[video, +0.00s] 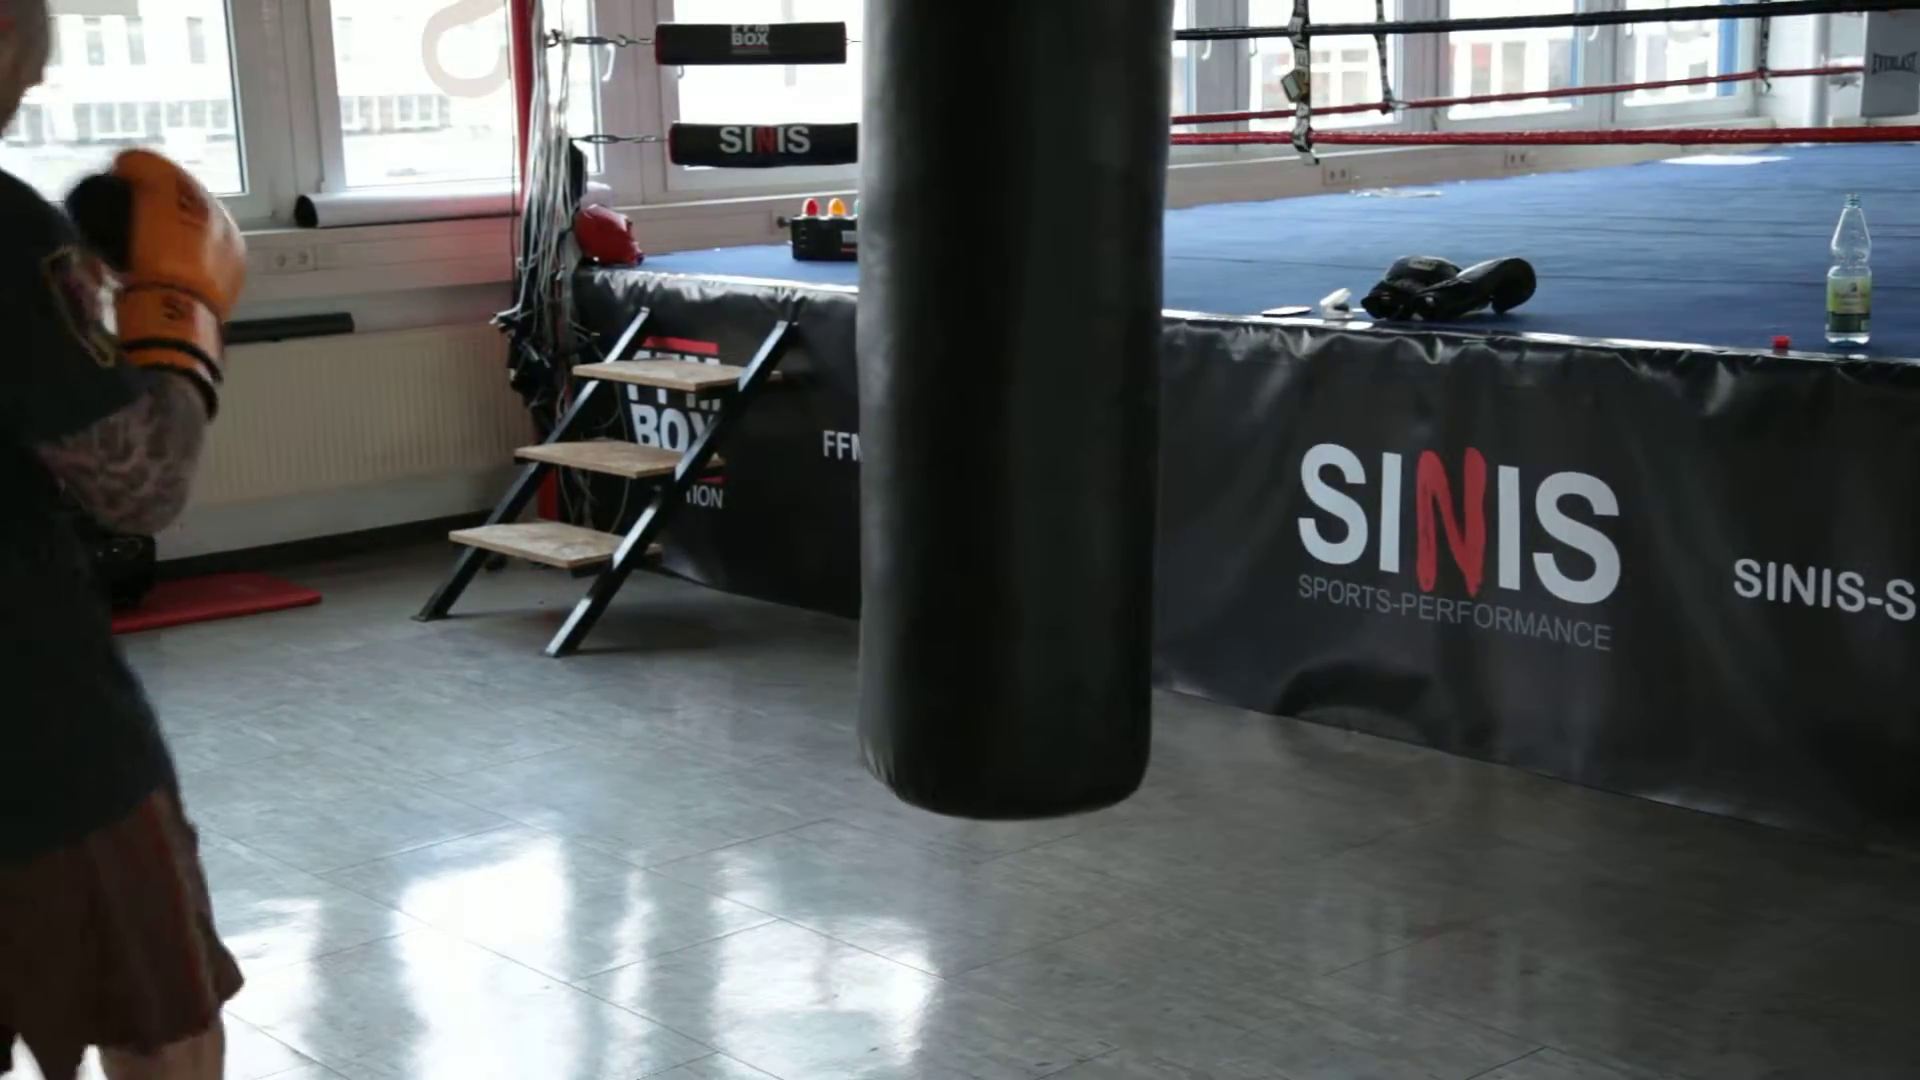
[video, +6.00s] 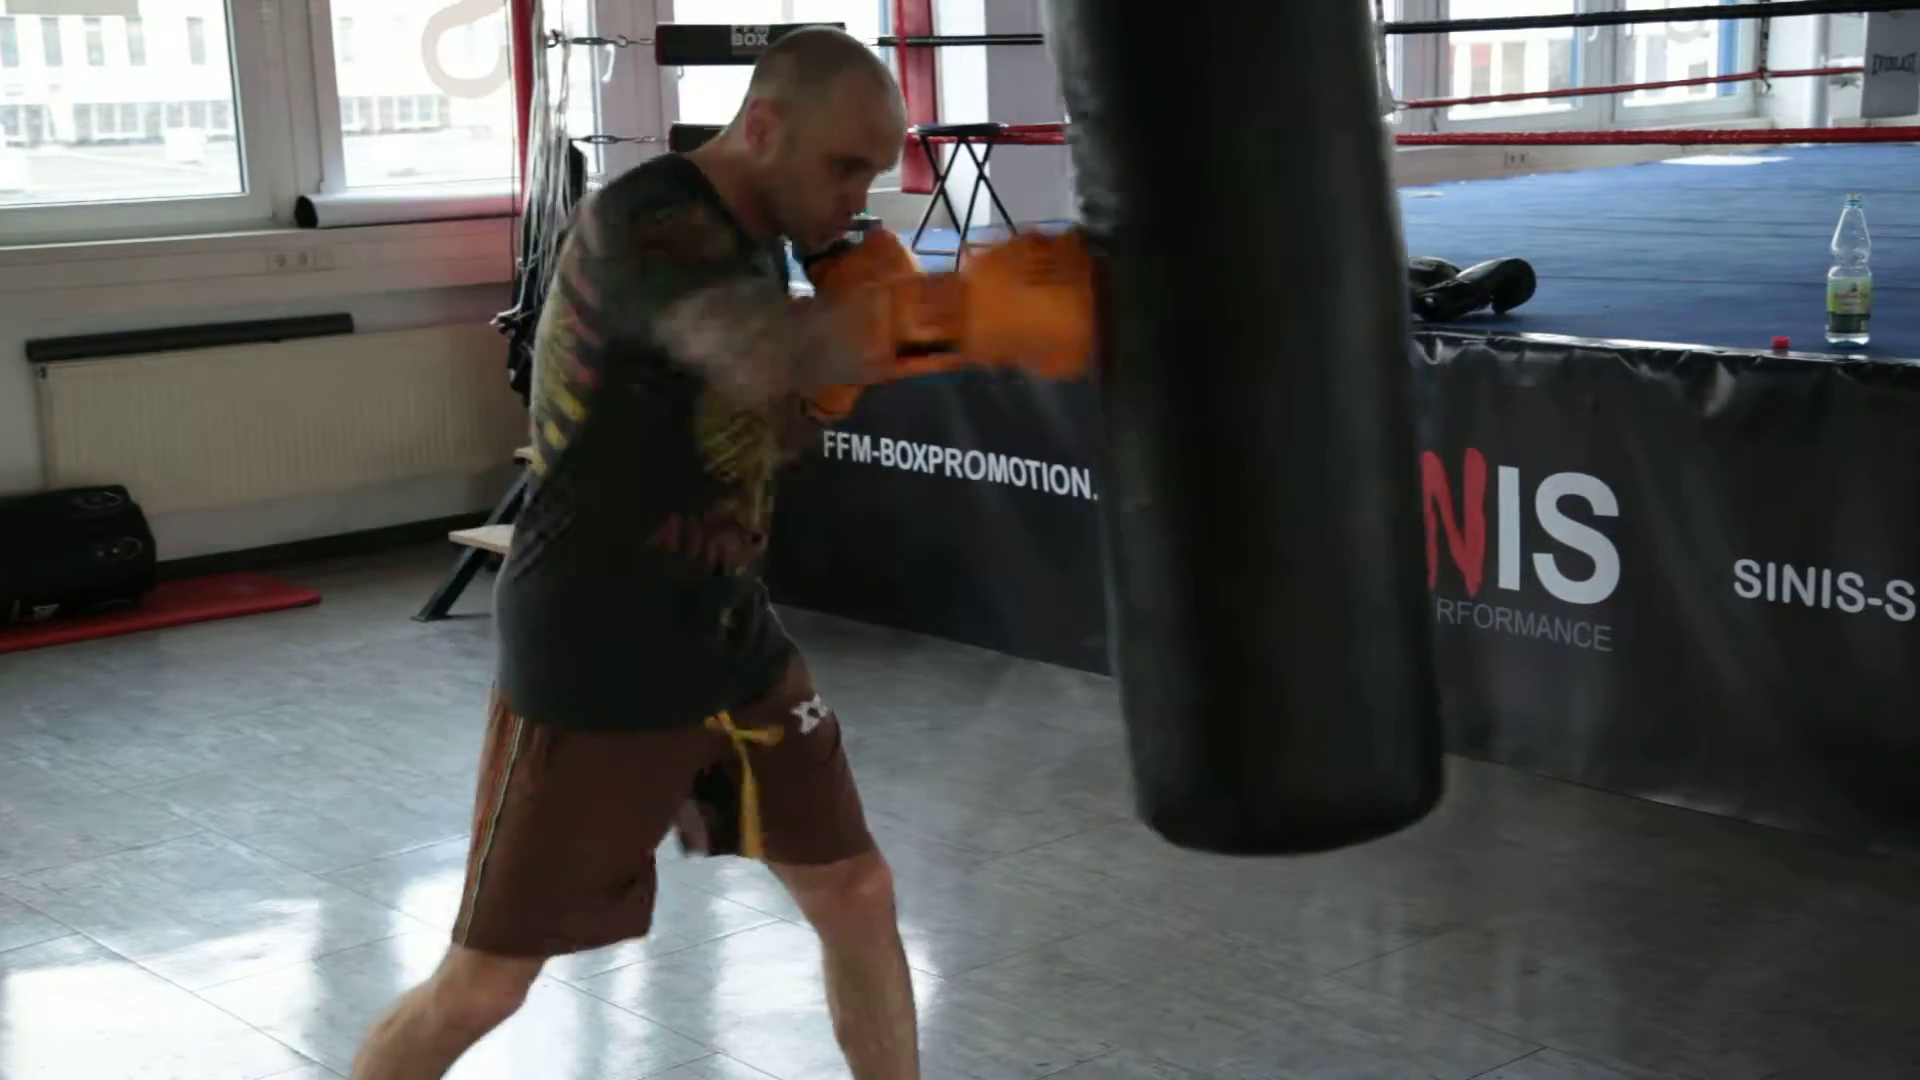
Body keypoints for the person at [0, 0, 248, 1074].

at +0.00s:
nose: (40, 59)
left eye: (38, 38)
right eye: (34, 34)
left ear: (12, 40)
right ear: (4, 29)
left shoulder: (16, 222)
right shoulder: (7, 226)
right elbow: (134, 485)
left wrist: (74, 333)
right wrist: (177, 303)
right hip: (45, 711)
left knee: (58, 1034)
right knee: (167, 1040)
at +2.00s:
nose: (420, 114)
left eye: (433, 95)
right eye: (406, 94)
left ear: (440, 83)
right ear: (334, 66)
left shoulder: (429, 179)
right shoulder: (202, 194)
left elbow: (515, 339)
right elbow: (134, 375)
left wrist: (474, 226)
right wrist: (243, 332)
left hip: (428, 546)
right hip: (280, 563)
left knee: (529, 792)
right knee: (281, 812)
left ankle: (529, 999)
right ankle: (288, 1015)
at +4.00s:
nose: (502, 124)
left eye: (520, 101)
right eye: (482, 98)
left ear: (536, 86)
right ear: (411, 71)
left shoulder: (524, 202)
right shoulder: (296, 197)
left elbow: (575, 388)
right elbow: (277, 383)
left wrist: (619, 291)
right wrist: (390, 271)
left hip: (498, 562)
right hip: (345, 573)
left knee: (604, 822)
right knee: (267, 866)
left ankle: (638, 1060)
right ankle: (171, 1057)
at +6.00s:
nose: (858, 203)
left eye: (871, 178)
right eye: (845, 171)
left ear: (772, 133)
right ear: (762, 129)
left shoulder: (750, 241)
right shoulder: (636, 220)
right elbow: (773, 362)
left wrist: (869, 329)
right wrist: (930, 314)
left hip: (722, 629)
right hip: (588, 649)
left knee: (855, 897)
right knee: (479, 987)